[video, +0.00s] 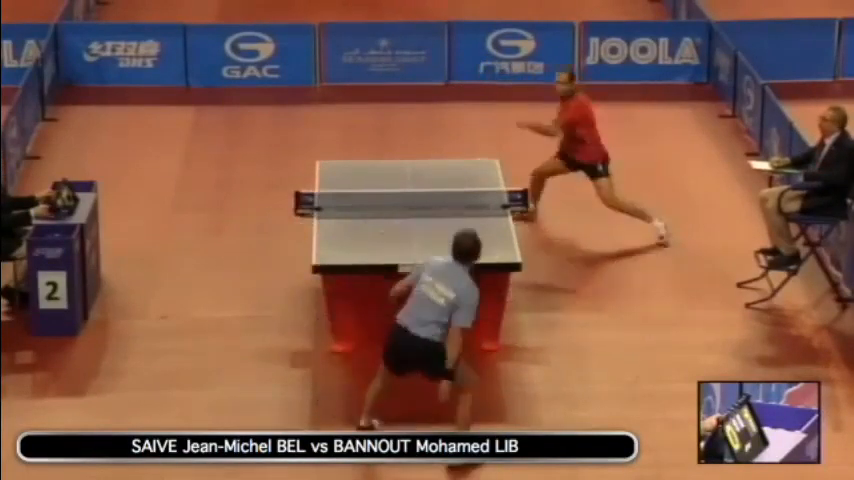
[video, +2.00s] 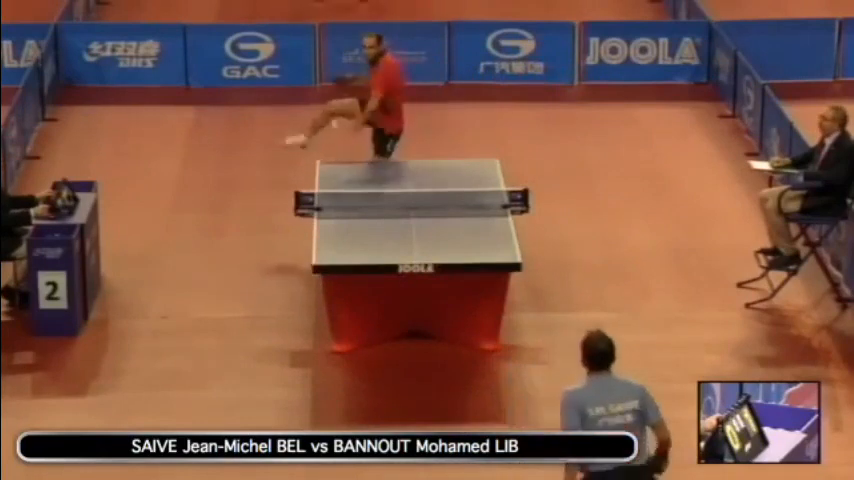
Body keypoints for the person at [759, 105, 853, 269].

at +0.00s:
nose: (820, 123)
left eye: (825, 120)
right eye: (821, 119)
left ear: (837, 125)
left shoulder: (846, 147)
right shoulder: (826, 141)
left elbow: (837, 178)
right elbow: (807, 158)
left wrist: (806, 175)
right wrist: (786, 162)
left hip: (829, 199)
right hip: (815, 191)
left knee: (773, 204)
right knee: (765, 197)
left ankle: (789, 253)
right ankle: (780, 247)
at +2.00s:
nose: (820, 122)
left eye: (825, 119)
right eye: (821, 118)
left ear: (837, 124)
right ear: (833, 123)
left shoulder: (846, 147)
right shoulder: (827, 139)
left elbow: (836, 177)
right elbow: (809, 157)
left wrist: (803, 175)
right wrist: (787, 163)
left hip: (829, 199)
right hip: (815, 190)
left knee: (773, 205)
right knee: (765, 197)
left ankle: (790, 254)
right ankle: (780, 247)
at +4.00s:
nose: (819, 123)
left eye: (824, 120)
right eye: (820, 119)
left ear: (837, 124)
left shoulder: (846, 147)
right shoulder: (826, 141)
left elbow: (836, 178)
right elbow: (808, 157)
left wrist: (803, 175)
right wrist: (787, 162)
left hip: (830, 199)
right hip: (815, 191)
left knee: (773, 204)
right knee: (765, 197)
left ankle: (790, 254)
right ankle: (780, 247)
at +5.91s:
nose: (818, 125)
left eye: (824, 122)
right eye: (819, 121)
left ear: (836, 127)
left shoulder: (844, 149)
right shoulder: (824, 143)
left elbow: (833, 178)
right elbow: (803, 161)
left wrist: (801, 178)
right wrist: (787, 165)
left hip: (829, 199)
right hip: (813, 191)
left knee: (774, 206)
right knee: (765, 197)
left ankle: (790, 254)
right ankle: (780, 247)